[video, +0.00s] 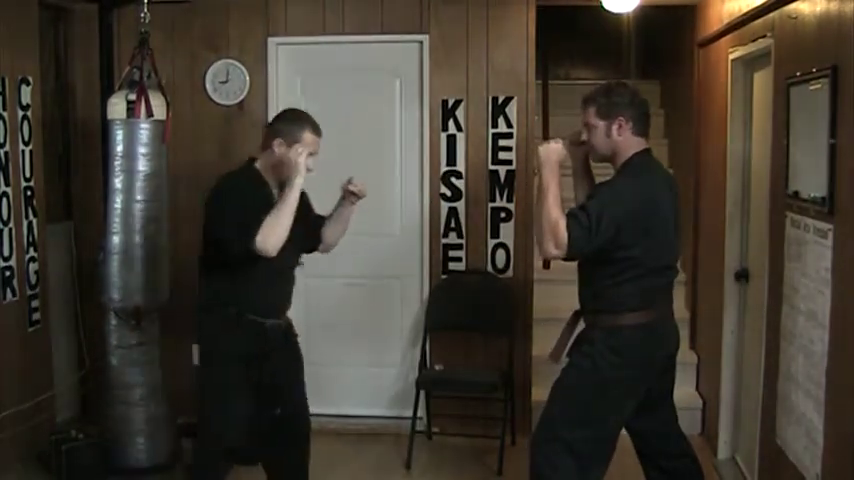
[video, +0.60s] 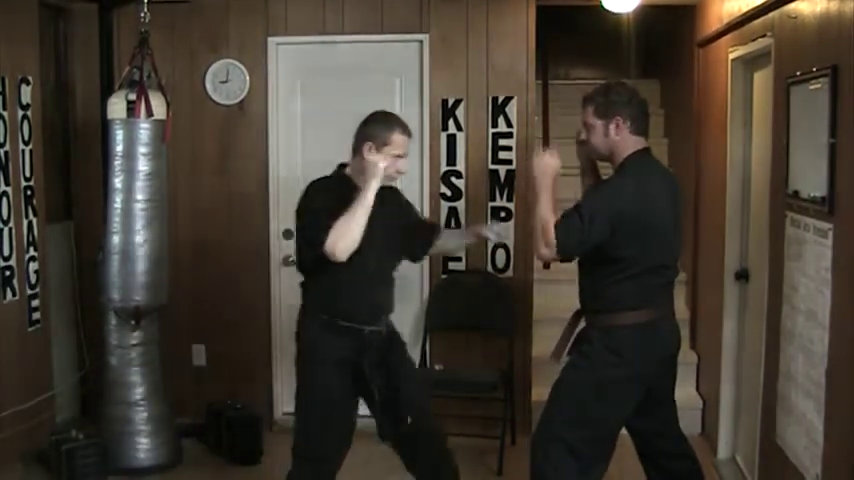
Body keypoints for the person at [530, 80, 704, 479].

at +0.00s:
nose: (585, 137)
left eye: (590, 127)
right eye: (584, 128)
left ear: (620, 126)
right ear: (625, 127)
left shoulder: (627, 187)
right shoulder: (659, 180)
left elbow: (558, 243)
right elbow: (596, 224)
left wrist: (549, 170)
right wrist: (581, 164)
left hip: (617, 343)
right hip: (654, 336)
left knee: (556, 452)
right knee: (664, 449)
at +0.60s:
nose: (584, 137)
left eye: (588, 127)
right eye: (583, 127)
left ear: (617, 126)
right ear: (625, 126)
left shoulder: (619, 189)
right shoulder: (664, 181)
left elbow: (550, 247)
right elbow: (602, 225)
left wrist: (544, 180)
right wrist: (588, 166)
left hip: (616, 343)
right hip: (658, 336)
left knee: (556, 451)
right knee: (665, 447)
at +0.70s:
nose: (586, 139)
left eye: (589, 128)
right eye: (585, 129)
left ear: (617, 126)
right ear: (626, 125)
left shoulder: (620, 189)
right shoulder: (665, 181)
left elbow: (546, 249)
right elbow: (602, 221)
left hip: (618, 343)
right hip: (660, 336)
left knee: (557, 450)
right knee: (664, 446)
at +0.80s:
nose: (585, 139)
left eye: (588, 128)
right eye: (585, 128)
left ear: (617, 126)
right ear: (627, 126)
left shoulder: (616, 190)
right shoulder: (666, 181)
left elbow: (545, 258)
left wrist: (541, 290)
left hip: (617, 343)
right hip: (661, 338)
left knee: (557, 450)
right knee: (664, 447)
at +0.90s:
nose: (584, 140)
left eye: (587, 129)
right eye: (583, 130)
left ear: (616, 127)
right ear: (625, 127)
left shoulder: (616, 189)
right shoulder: (664, 181)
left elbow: (545, 263)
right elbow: (639, 270)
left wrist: (535, 293)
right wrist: (586, 324)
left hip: (618, 345)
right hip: (661, 340)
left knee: (556, 451)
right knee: (664, 449)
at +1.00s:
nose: (582, 140)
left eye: (586, 130)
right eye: (582, 130)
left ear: (615, 127)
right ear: (624, 127)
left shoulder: (616, 191)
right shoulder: (665, 184)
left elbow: (553, 263)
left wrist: (550, 245)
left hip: (618, 342)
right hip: (660, 336)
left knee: (557, 448)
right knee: (662, 447)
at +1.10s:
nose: (579, 140)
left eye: (584, 130)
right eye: (579, 131)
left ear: (615, 129)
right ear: (616, 129)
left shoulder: (630, 184)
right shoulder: (639, 177)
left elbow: (575, 259)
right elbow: (589, 226)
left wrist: (551, 209)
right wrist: (566, 185)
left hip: (621, 340)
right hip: (645, 335)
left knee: (558, 451)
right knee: (661, 446)